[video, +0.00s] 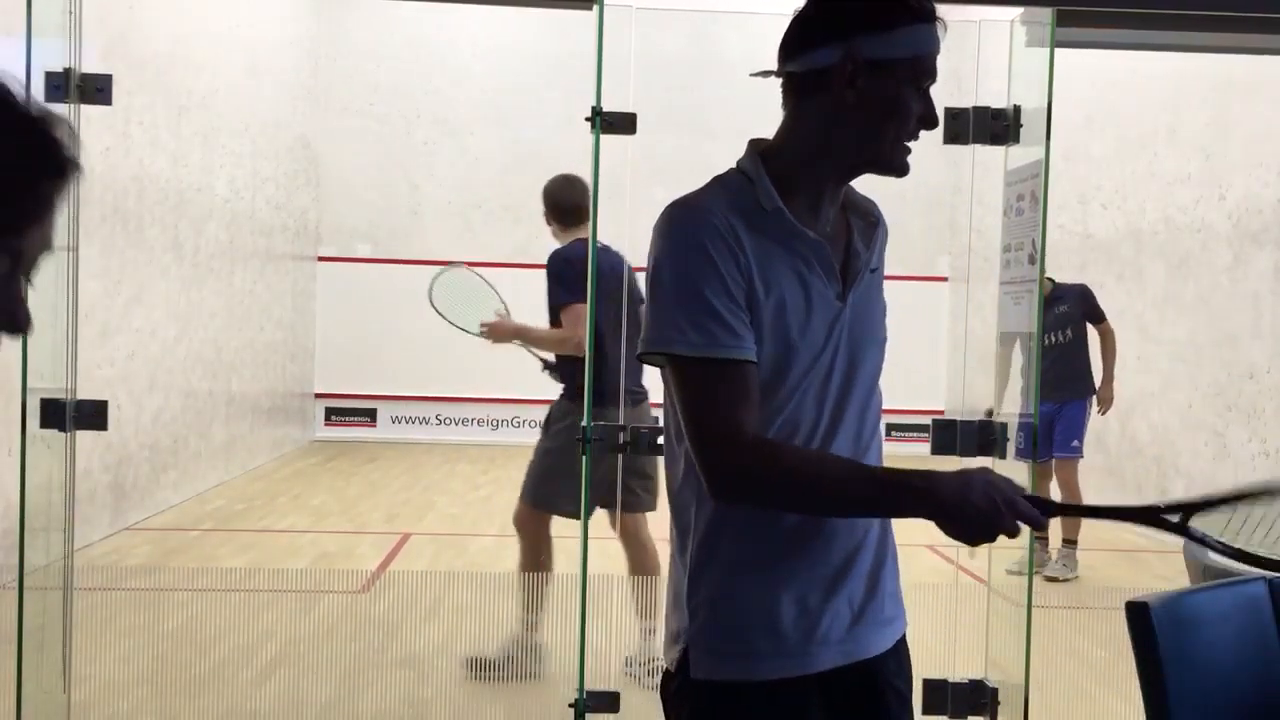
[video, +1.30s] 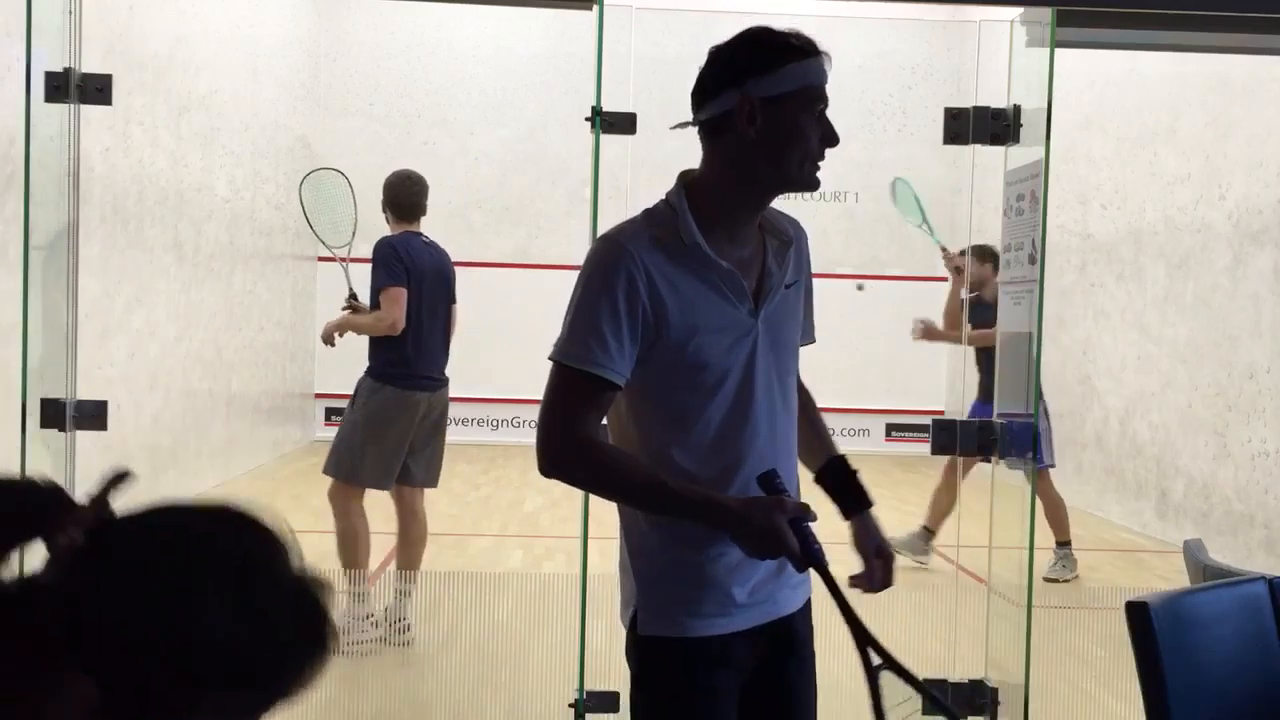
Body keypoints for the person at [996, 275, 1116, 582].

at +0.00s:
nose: (1025, 281)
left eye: (1028, 274)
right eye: (1019, 278)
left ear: (1038, 270)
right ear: (1015, 280)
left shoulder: (1076, 294)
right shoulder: (1018, 305)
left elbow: (1105, 331)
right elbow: (1004, 351)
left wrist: (1107, 382)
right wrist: (996, 400)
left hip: (1072, 399)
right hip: (1035, 400)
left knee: (1065, 472)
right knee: (1038, 475)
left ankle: (1067, 557)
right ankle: (1038, 550)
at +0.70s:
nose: (1036, 267)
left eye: (1042, 260)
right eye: (1032, 260)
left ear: (1056, 260)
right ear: (1025, 264)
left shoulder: (1077, 298)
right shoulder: (1021, 299)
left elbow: (1078, 344)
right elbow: (991, 335)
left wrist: (1059, 375)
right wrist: (969, 356)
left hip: (1063, 402)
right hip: (1026, 400)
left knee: (1062, 475)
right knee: (1031, 476)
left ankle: (1067, 555)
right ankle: (1038, 551)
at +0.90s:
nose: (1035, 269)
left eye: (1040, 262)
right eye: (1029, 263)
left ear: (1052, 261)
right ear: (1020, 265)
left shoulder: (1070, 299)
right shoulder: (1017, 299)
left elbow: (1049, 348)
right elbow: (984, 334)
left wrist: (1015, 379)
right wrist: (975, 330)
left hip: (1059, 402)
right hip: (1023, 399)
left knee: (1059, 478)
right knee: (1011, 474)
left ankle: (1067, 555)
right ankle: (1035, 547)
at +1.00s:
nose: (1025, 265)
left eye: (1032, 257)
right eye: (1019, 258)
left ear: (1045, 259)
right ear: (1011, 261)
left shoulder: (1062, 298)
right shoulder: (1014, 298)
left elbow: (1036, 337)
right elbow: (980, 333)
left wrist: (987, 358)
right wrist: (982, 316)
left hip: (1054, 403)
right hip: (1017, 401)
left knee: (1057, 479)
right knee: (1000, 477)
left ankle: (1067, 556)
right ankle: (1026, 542)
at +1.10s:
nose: (1013, 262)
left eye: (1021, 254)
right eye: (1008, 255)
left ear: (1034, 257)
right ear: (1002, 258)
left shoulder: (1053, 297)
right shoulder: (1005, 297)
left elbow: (1019, 334)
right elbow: (977, 331)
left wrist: (963, 336)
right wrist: (980, 303)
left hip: (1047, 401)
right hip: (1012, 402)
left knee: (1053, 480)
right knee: (984, 470)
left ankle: (1067, 556)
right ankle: (1002, 547)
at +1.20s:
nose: (986, 269)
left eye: (992, 263)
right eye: (985, 264)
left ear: (1012, 263)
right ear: (985, 266)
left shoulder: (1038, 297)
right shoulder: (993, 299)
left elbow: (1010, 330)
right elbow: (968, 326)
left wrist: (955, 326)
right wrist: (970, 292)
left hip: (1038, 401)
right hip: (1002, 399)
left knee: (1048, 482)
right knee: (971, 469)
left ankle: (1066, 555)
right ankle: (964, 547)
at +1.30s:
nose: (963, 277)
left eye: (969, 270)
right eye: (961, 271)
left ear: (989, 268)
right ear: (966, 271)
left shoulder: (1016, 299)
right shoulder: (972, 302)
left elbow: (1003, 336)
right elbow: (952, 329)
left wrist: (941, 335)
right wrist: (955, 281)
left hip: (1023, 404)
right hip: (987, 402)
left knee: (1041, 481)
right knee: (953, 470)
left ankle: (1065, 554)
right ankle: (924, 539)